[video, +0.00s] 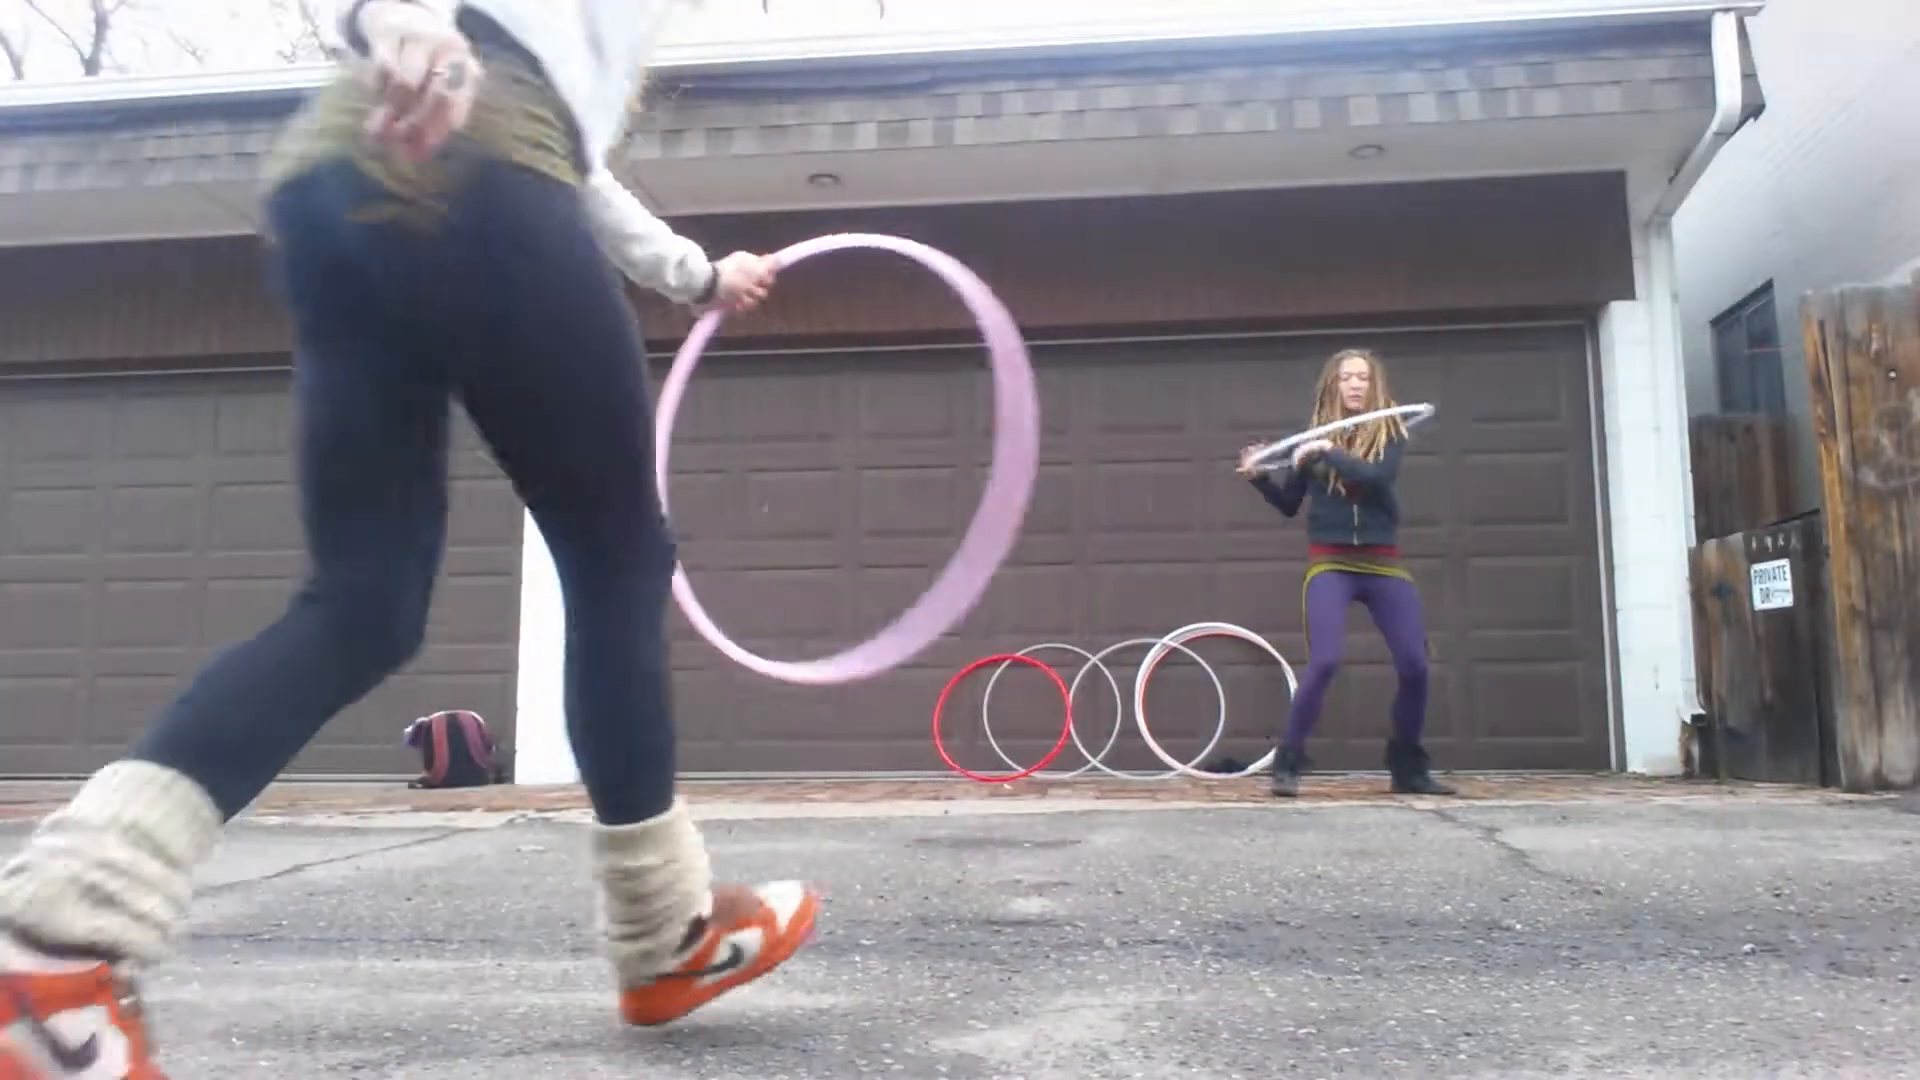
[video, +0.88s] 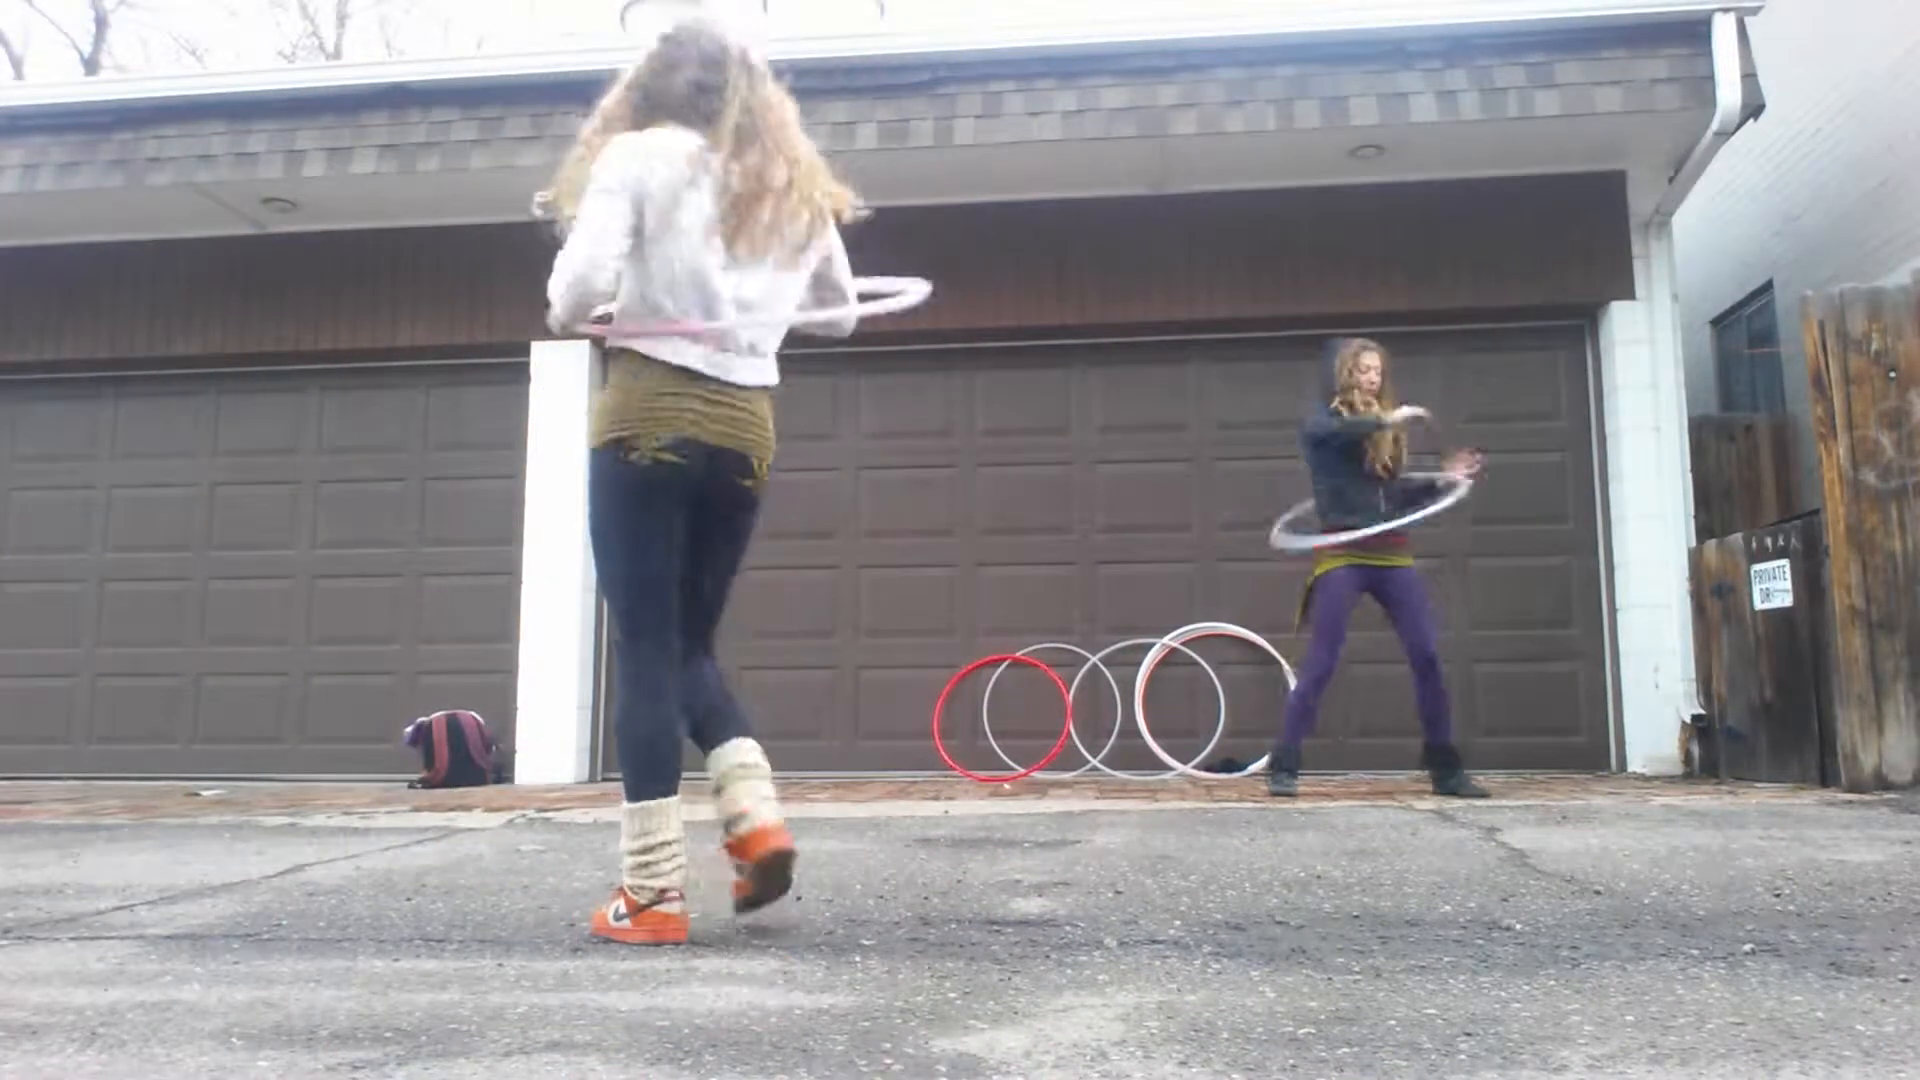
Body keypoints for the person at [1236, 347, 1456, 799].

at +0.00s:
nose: (1356, 385)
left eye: (1364, 378)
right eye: (1348, 378)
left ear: (1375, 386)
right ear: (1333, 385)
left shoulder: (1387, 430)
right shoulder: (1313, 438)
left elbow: (1379, 478)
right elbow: (1289, 503)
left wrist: (1329, 454)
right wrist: (1261, 476)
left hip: (1383, 563)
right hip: (1329, 562)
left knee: (1415, 666)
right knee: (1325, 660)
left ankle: (1407, 769)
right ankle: (1287, 763)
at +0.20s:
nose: (1338, 381)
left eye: (1345, 374)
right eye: (1330, 373)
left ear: (1355, 382)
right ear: (1312, 378)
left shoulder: (1364, 425)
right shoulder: (1290, 425)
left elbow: (1369, 483)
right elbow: (1282, 497)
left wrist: (1326, 440)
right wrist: (1321, 458)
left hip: (1365, 557)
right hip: (1314, 558)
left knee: (1404, 658)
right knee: (1314, 665)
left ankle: (1408, 764)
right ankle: (1282, 765)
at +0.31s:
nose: (1327, 376)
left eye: (1332, 369)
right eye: (1319, 368)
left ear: (1342, 376)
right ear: (1302, 375)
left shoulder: (1354, 422)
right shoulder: (1286, 424)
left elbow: (1383, 474)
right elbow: (1283, 488)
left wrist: (1354, 425)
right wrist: (1348, 487)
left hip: (1351, 549)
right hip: (1306, 554)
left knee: (1420, 614)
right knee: (1313, 663)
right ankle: (1283, 761)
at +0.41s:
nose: (1329, 375)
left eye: (1331, 367)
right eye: (1319, 369)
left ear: (1334, 372)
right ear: (1300, 375)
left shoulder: (1336, 420)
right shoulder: (1283, 424)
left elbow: (1368, 467)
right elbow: (1287, 494)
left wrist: (1400, 466)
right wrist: (1350, 503)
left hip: (1345, 549)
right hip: (1306, 556)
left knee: (1424, 590)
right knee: (1314, 663)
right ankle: (1283, 762)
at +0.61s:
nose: (1343, 370)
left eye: (1342, 362)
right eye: (1336, 362)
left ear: (1322, 367)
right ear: (1314, 366)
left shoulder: (1325, 411)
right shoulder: (1305, 406)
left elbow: (1318, 480)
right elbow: (1352, 463)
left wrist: (1356, 496)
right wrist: (1381, 477)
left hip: (1348, 543)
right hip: (1312, 548)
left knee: (1423, 597)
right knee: (1312, 656)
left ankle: (1387, 682)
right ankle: (1282, 761)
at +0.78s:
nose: (1362, 367)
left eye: (1362, 359)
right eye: (1354, 359)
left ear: (1350, 364)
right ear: (1331, 364)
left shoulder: (1354, 406)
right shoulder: (1312, 402)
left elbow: (1354, 465)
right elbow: (1350, 449)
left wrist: (1384, 457)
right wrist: (1384, 456)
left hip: (1372, 544)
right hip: (1328, 547)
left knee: (1417, 646)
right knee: (1313, 658)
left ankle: (1446, 761)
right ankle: (1282, 765)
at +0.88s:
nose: (1371, 379)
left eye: (1376, 372)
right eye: (1362, 371)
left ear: (1385, 378)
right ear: (1343, 374)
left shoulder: (1387, 430)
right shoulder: (1319, 422)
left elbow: (1393, 494)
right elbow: (1335, 426)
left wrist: (1443, 479)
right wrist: (1391, 419)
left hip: (1393, 554)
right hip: (1341, 555)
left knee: (1426, 655)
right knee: (1321, 660)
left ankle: (1445, 768)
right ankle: (1285, 765)